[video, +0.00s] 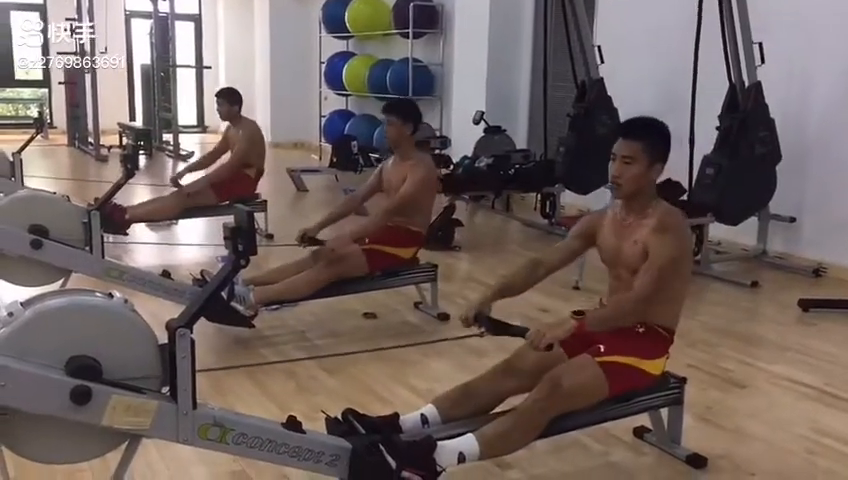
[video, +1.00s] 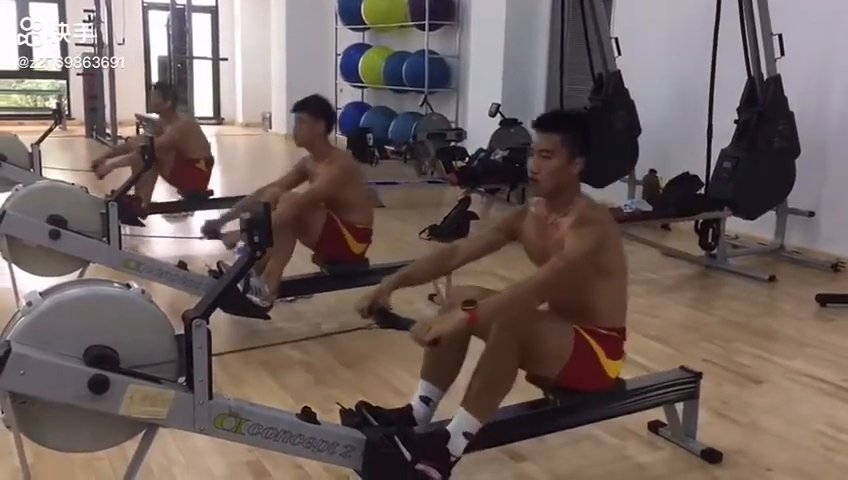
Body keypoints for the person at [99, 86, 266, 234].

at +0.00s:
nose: (218, 110)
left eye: (221, 105)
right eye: (217, 105)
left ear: (235, 106)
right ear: (227, 106)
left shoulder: (248, 131)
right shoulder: (232, 130)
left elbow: (229, 169)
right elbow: (212, 156)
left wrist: (189, 188)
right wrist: (183, 172)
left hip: (241, 186)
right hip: (230, 181)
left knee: (183, 200)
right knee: (180, 196)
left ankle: (126, 218)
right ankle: (124, 212)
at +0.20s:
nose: (213, 108)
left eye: (216, 104)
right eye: (213, 104)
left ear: (230, 105)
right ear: (223, 105)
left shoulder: (244, 129)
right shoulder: (226, 127)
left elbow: (219, 164)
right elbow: (203, 152)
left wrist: (185, 183)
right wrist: (177, 167)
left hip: (244, 183)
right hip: (231, 178)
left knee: (185, 192)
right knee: (181, 189)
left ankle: (130, 215)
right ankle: (129, 210)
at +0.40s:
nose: (203, 107)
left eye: (207, 103)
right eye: (204, 102)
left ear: (221, 103)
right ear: (218, 104)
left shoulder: (236, 125)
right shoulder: (218, 126)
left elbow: (209, 156)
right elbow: (193, 146)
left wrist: (176, 170)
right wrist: (165, 159)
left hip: (243, 179)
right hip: (233, 174)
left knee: (184, 172)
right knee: (178, 170)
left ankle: (136, 213)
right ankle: (134, 207)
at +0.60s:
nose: (192, 106)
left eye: (195, 102)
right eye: (192, 102)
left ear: (210, 103)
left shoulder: (221, 123)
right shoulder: (205, 122)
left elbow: (193, 153)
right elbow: (184, 140)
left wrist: (158, 163)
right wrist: (161, 151)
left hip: (231, 179)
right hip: (221, 175)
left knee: (173, 159)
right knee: (170, 159)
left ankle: (140, 205)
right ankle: (140, 205)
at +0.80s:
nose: (173, 104)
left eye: (176, 100)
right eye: (172, 100)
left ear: (189, 102)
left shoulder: (201, 125)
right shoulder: (184, 121)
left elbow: (169, 151)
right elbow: (161, 143)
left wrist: (138, 163)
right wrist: (130, 156)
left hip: (214, 179)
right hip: (206, 176)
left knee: (161, 154)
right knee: (159, 157)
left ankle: (139, 205)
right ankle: (139, 206)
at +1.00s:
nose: (150, 101)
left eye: (154, 98)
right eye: (151, 97)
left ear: (167, 103)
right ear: (166, 104)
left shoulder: (180, 127)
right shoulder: (165, 123)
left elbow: (148, 152)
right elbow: (139, 144)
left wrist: (111, 164)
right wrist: (107, 155)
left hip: (196, 180)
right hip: (188, 175)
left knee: (150, 156)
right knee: (143, 154)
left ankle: (142, 204)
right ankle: (141, 203)